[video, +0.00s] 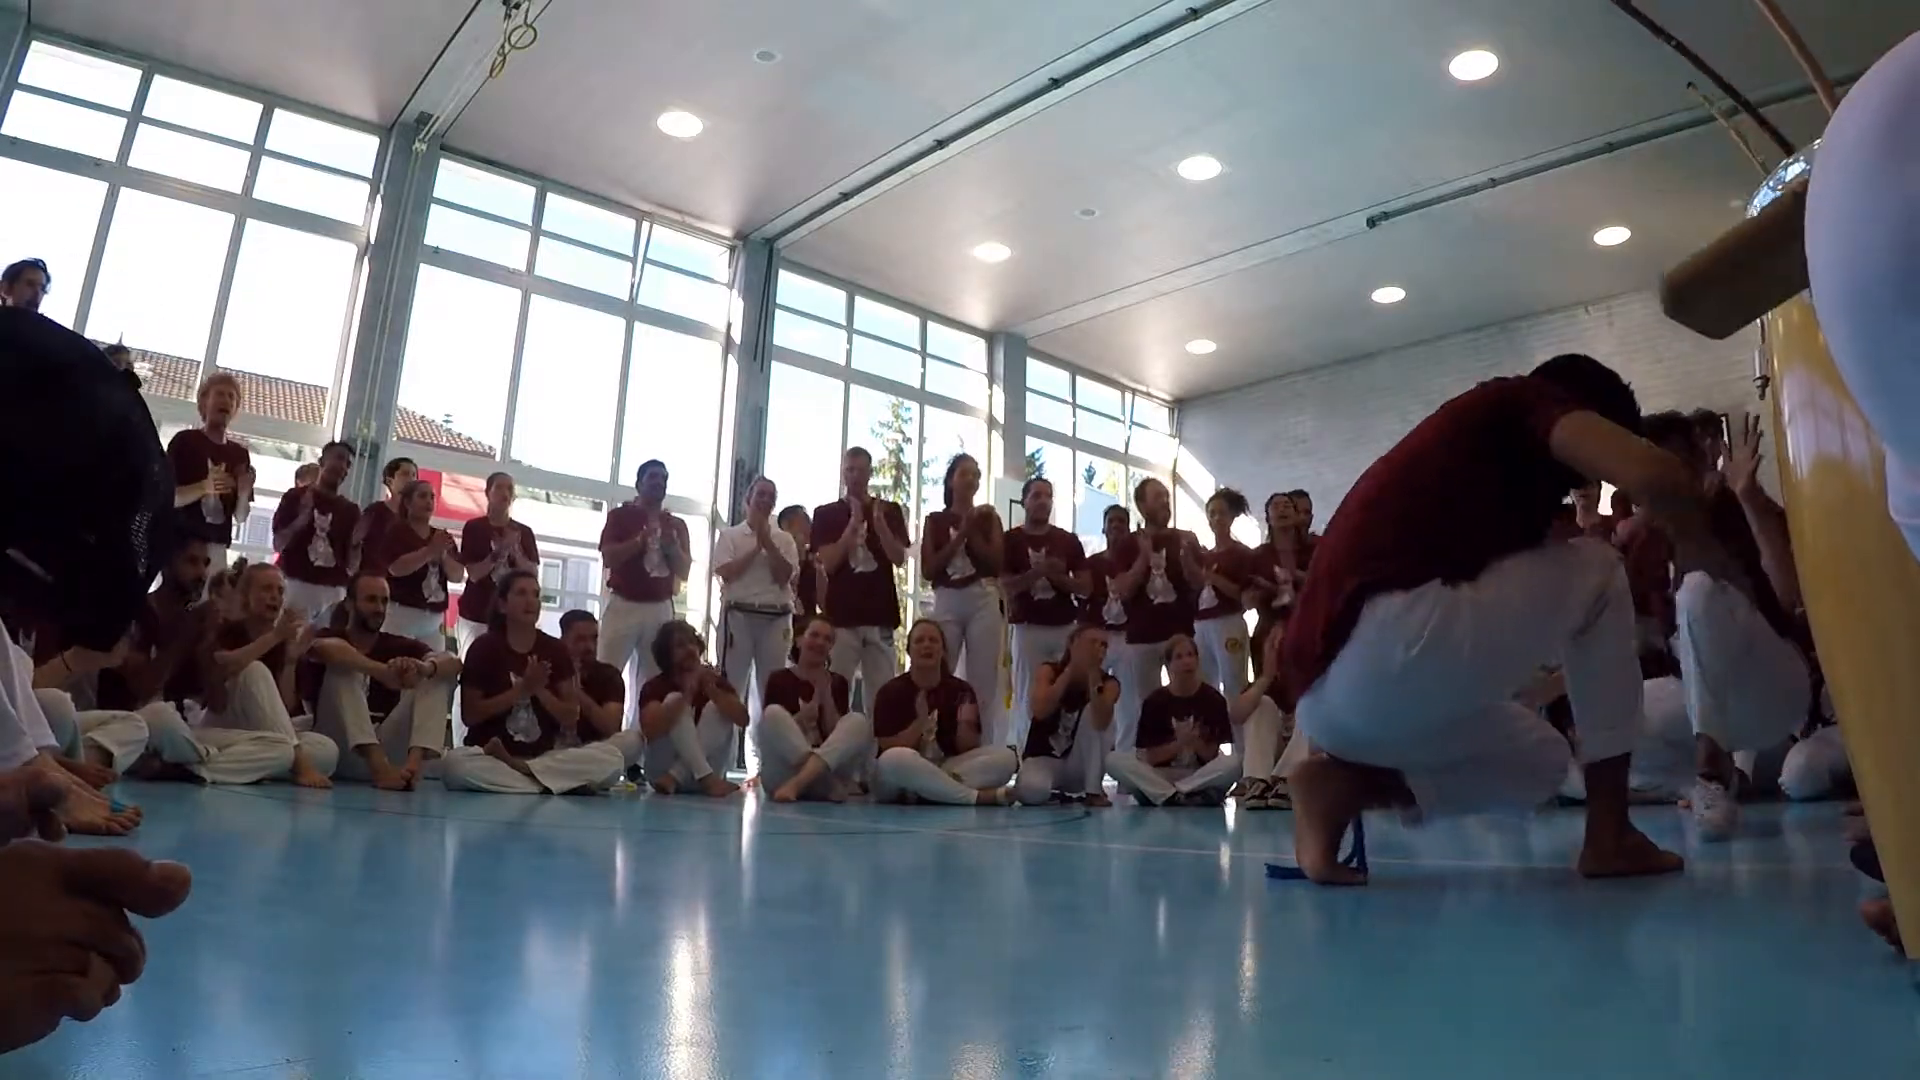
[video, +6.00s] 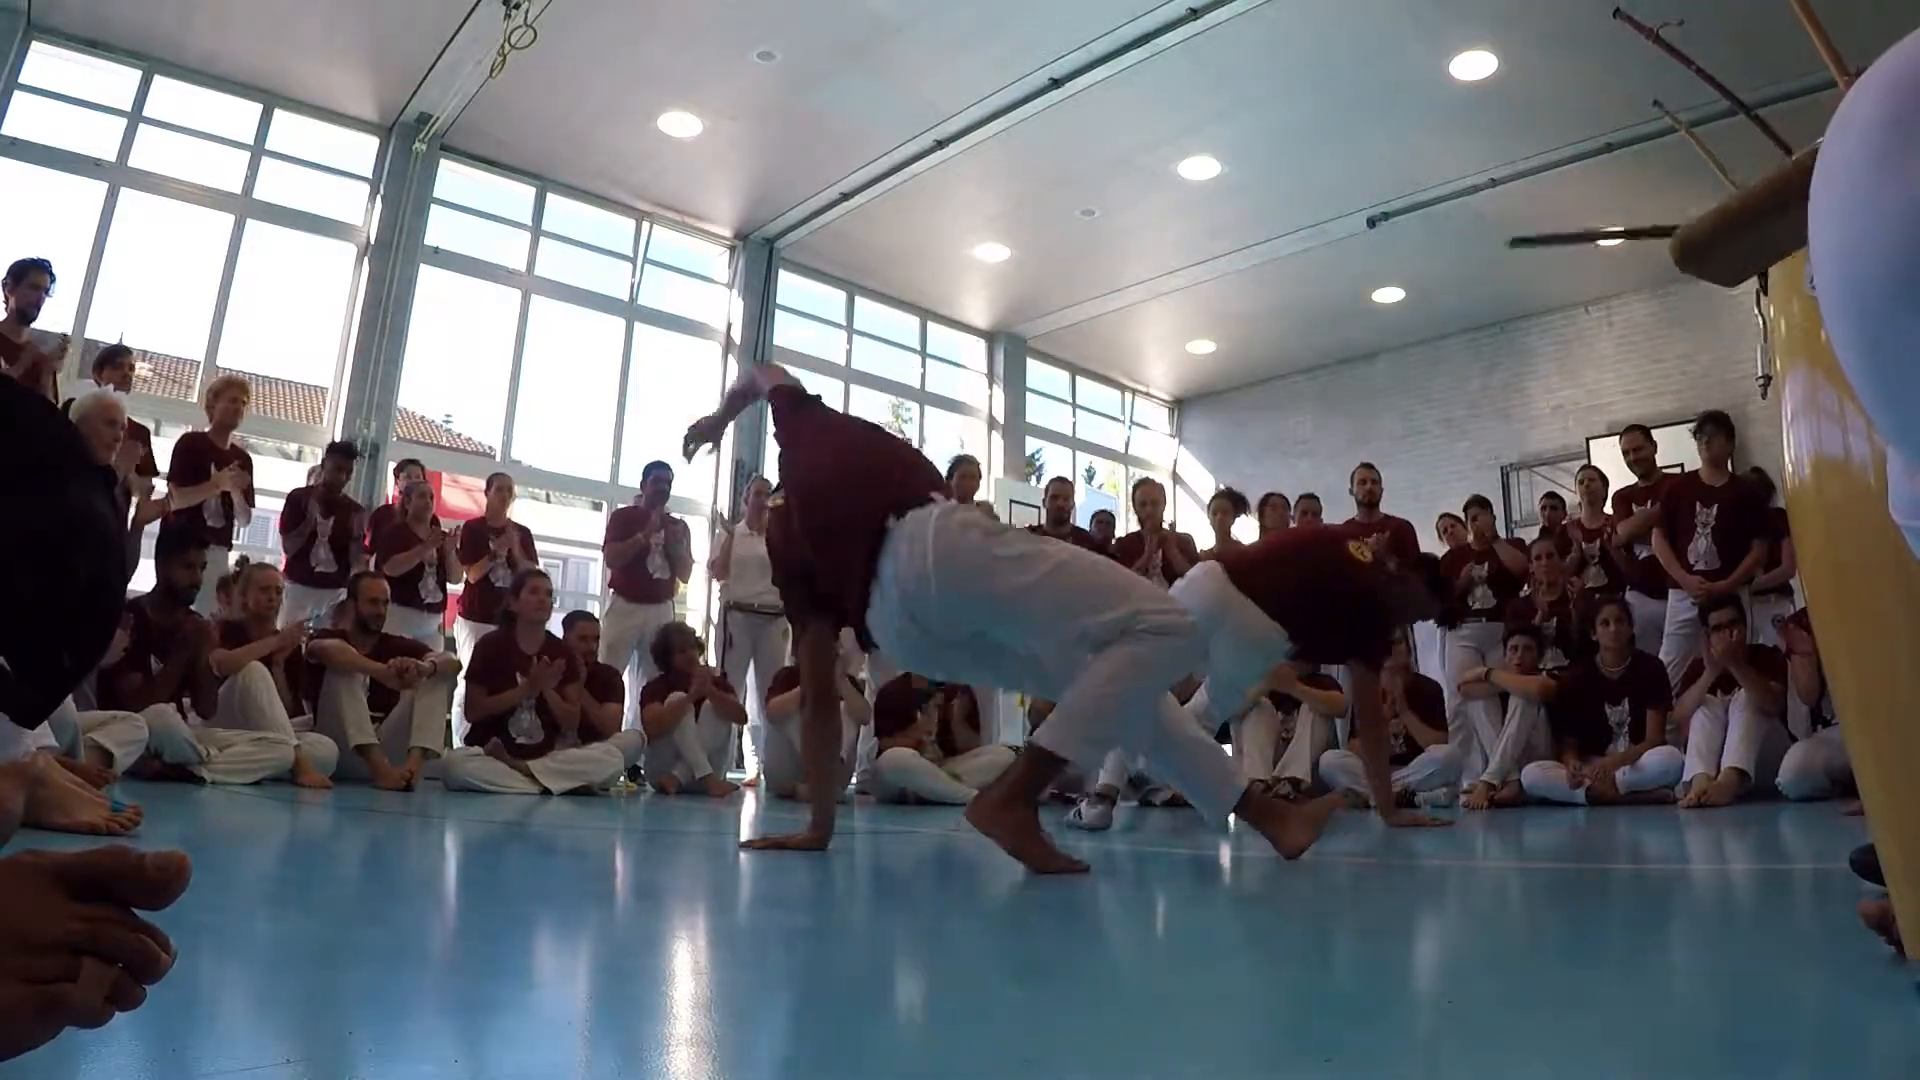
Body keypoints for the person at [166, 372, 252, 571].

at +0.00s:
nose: (226, 401)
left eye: (231, 396)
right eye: (219, 394)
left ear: (236, 407)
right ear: (202, 401)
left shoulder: (239, 454)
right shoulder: (184, 441)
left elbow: (241, 516)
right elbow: (164, 498)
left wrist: (244, 490)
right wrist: (203, 487)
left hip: (216, 546)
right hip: (178, 542)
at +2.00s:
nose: (229, 404)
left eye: (235, 401)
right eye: (223, 398)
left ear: (239, 410)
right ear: (204, 404)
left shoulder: (238, 456)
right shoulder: (184, 442)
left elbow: (244, 516)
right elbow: (171, 498)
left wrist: (229, 492)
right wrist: (213, 482)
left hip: (218, 548)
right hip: (181, 545)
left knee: (214, 621)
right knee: (173, 619)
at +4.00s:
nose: (229, 404)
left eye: (234, 400)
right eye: (223, 397)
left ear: (237, 408)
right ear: (205, 403)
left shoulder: (237, 453)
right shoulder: (183, 440)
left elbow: (245, 512)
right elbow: (172, 497)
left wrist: (230, 478)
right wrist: (218, 472)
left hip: (216, 546)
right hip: (179, 542)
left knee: (208, 618)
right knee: (171, 612)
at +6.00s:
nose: (239, 408)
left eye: (243, 403)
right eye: (232, 400)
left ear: (246, 410)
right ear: (211, 406)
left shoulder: (243, 458)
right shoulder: (189, 442)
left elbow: (245, 519)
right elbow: (176, 500)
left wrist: (236, 491)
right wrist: (217, 483)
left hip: (218, 550)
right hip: (180, 545)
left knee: (208, 621)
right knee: (171, 615)